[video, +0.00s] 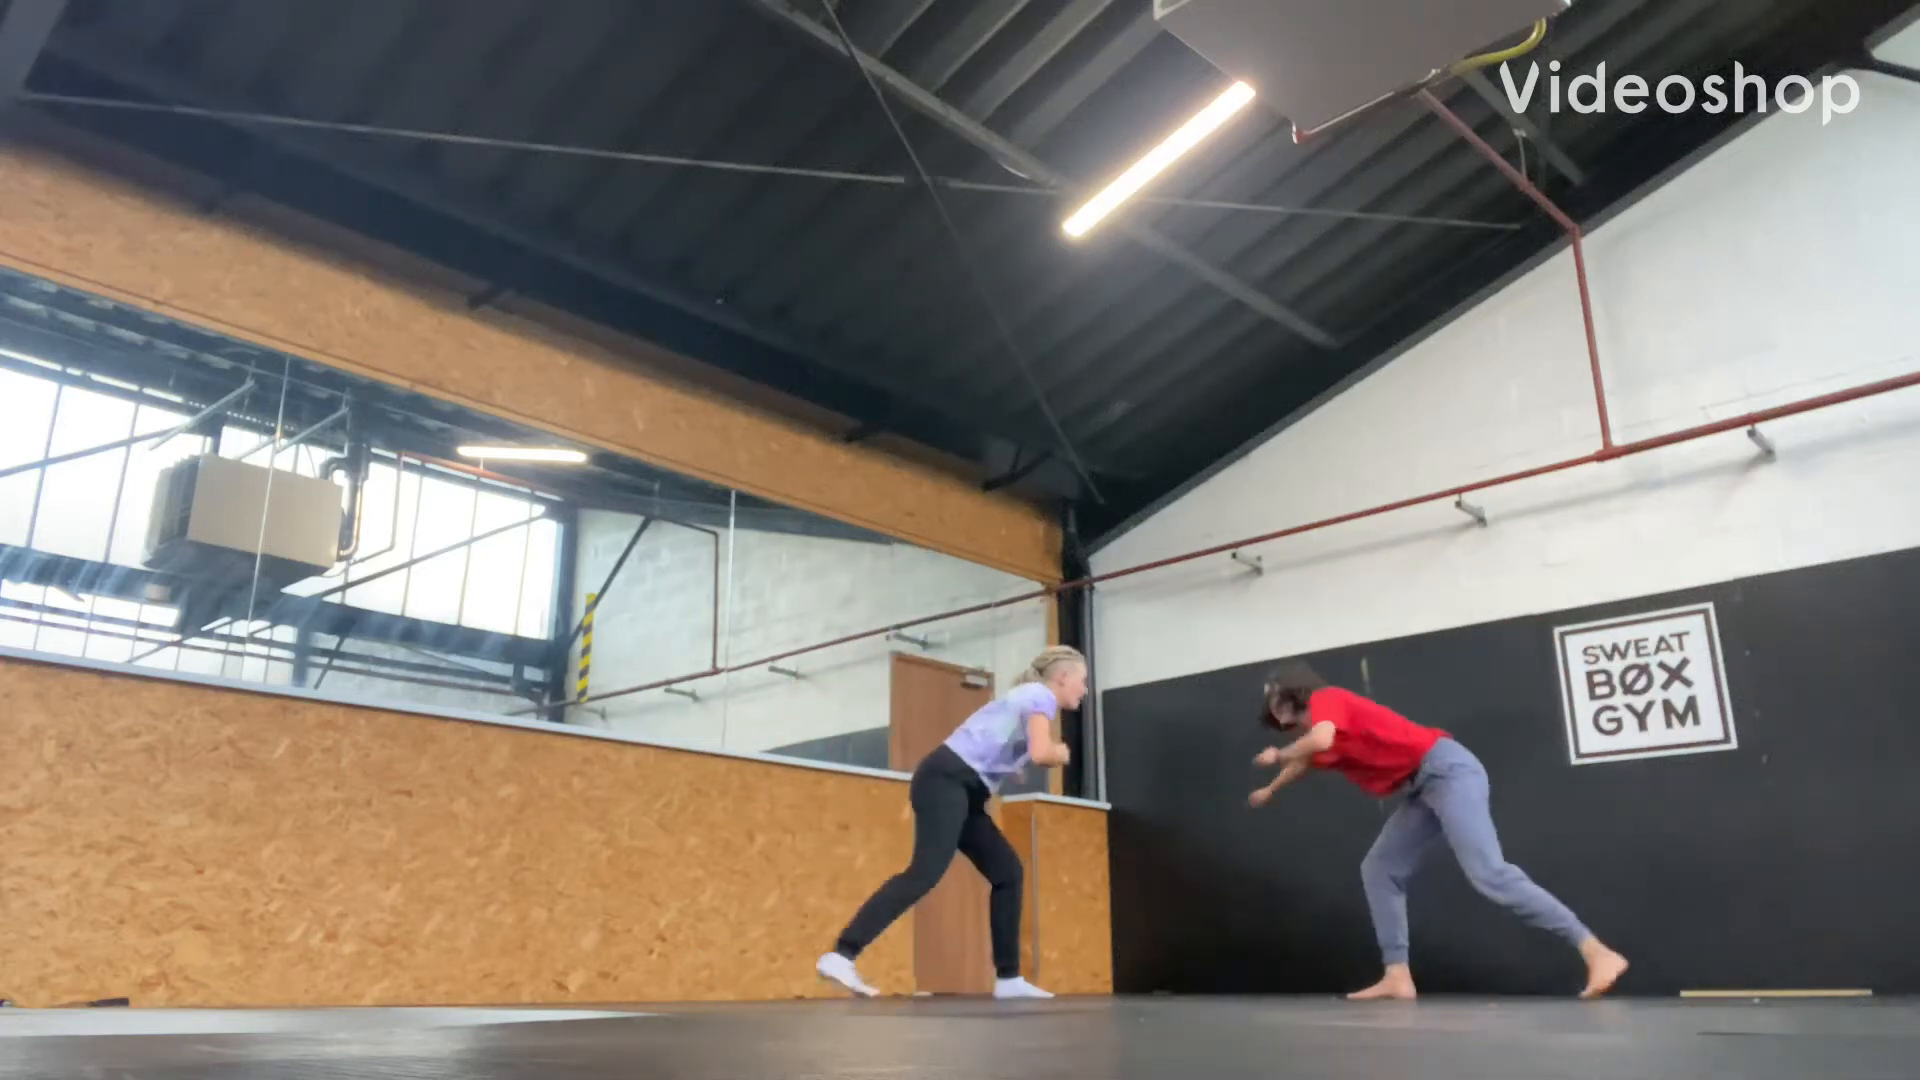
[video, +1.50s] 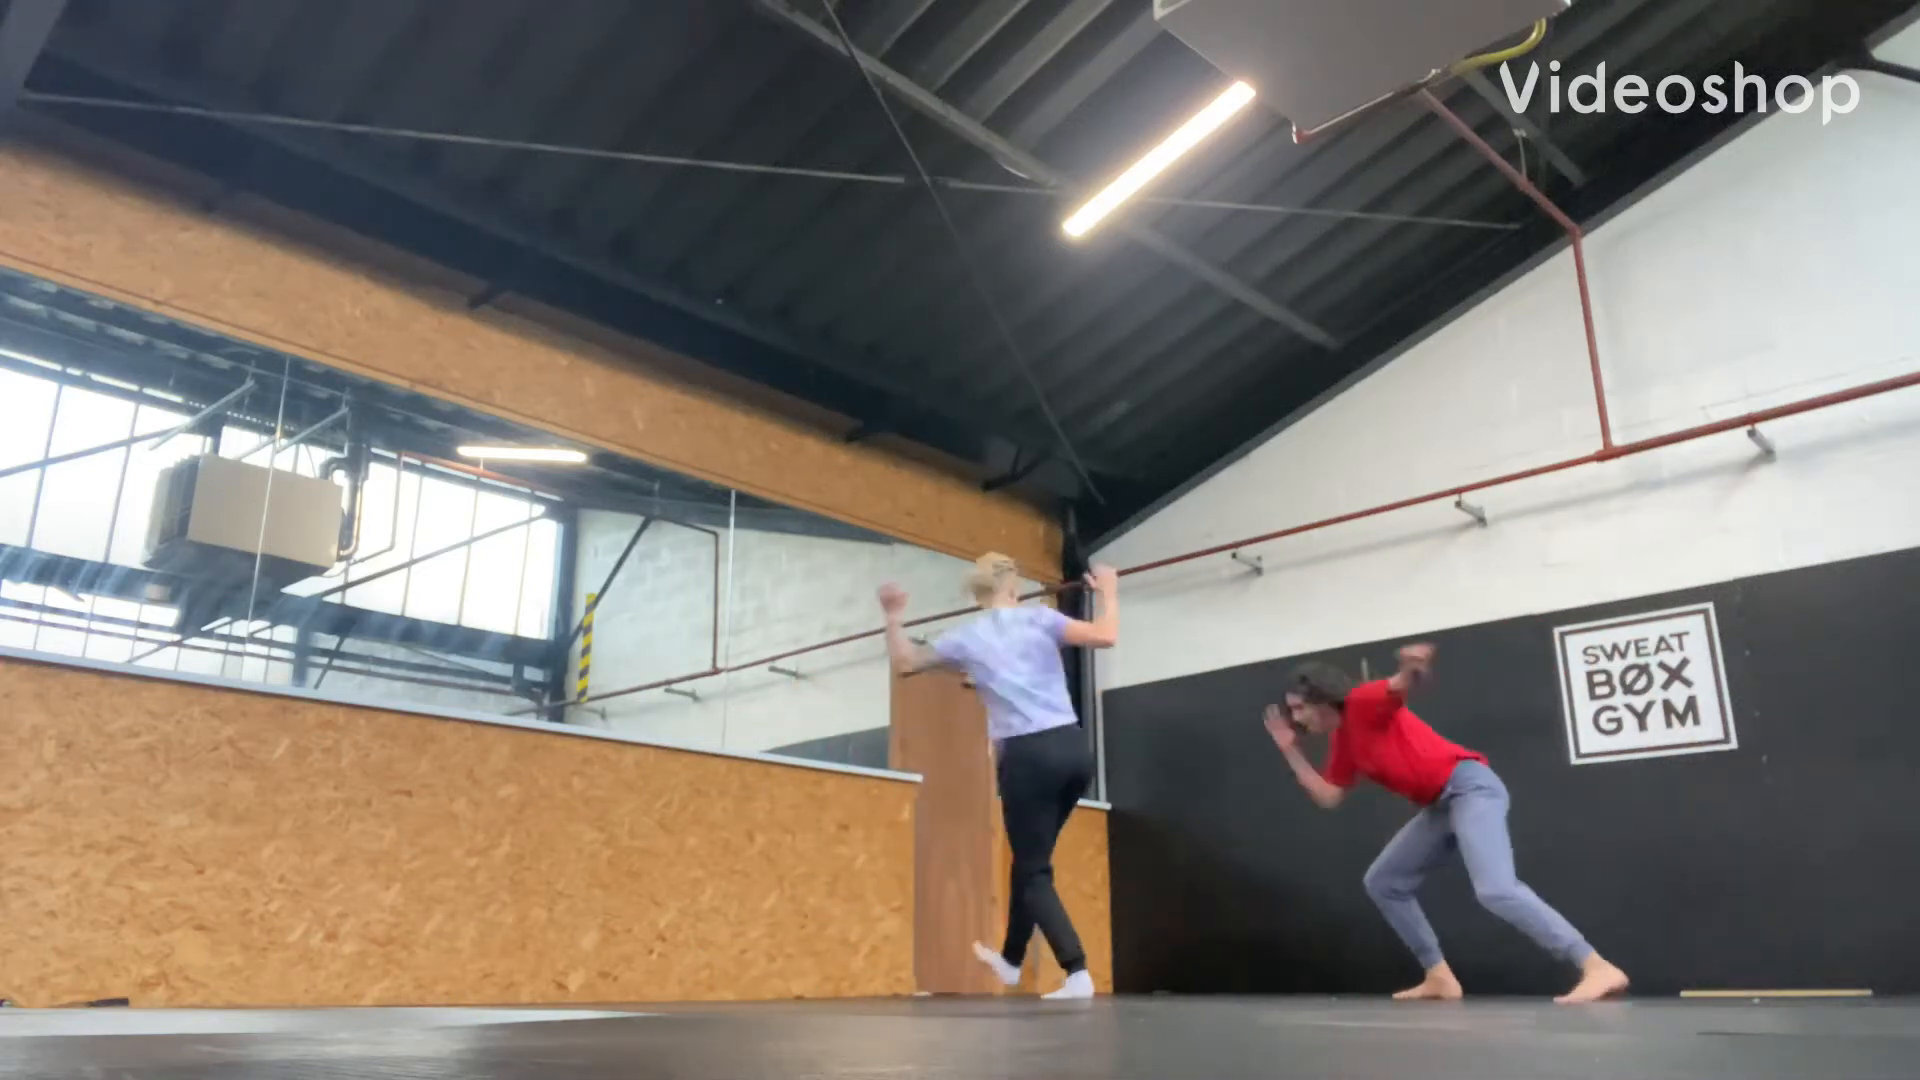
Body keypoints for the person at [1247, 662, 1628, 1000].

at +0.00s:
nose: (1283, 725)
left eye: (1281, 715)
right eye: (1278, 719)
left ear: (1295, 701)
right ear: (1292, 709)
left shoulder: (1328, 697)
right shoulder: (1319, 734)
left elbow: (1322, 740)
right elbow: (1300, 762)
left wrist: (1283, 754)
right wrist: (1269, 790)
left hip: (1446, 769)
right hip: (1419, 794)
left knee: (1488, 872)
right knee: (1379, 870)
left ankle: (1596, 953)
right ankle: (1397, 978)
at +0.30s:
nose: (1329, 665)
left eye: (1332, 657)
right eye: (1329, 659)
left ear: (1346, 651)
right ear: (1360, 648)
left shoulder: (1374, 661)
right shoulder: (1383, 675)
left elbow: (1314, 702)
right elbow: (1453, 708)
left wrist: (1322, 680)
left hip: (1482, 762)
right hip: (1445, 782)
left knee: (1539, 864)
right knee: (1421, 871)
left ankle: (1617, 941)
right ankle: (1405, 975)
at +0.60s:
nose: (1401, 668)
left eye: (1405, 659)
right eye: (1400, 661)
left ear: (1428, 660)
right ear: (1423, 665)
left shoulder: (1473, 684)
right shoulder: (1445, 707)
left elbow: (1501, 744)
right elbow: (1482, 751)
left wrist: (1445, 744)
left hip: (1527, 802)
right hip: (1490, 814)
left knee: (1549, 913)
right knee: (1440, 883)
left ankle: (1632, 969)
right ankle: (1408, 974)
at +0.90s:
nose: (1356, 670)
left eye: (1359, 659)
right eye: (1353, 664)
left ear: (1382, 650)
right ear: (1388, 655)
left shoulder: (1393, 665)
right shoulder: (1415, 680)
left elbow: (1367, 728)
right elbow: (1450, 757)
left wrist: (1376, 689)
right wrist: (1396, 779)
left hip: (1498, 761)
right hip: (1472, 779)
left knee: (1532, 877)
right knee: (1441, 869)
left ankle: (1620, 944)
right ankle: (1451, 975)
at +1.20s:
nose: (1330, 716)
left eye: (1326, 705)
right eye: (1324, 711)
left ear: (1339, 688)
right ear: (1347, 692)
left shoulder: (1369, 694)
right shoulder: (1384, 724)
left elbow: (1345, 742)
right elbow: (1432, 788)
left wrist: (1321, 747)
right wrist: (1387, 821)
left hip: (1491, 769)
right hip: (1461, 795)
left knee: (1510, 865)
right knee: (1419, 870)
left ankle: (1594, 957)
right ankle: (1449, 978)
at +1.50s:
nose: (1297, 720)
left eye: (1297, 710)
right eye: (1293, 714)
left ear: (1316, 700)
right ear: (1312, 710)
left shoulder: (1360, 702)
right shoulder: (1343, 745)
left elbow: (1399, 687)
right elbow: (1328, 796)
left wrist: (1412, 668)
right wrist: (1289, 751)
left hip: (1469, 785)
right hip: (1439, 809)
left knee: (1496, 889)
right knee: (1383, 881)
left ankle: (1598, 969)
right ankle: (1439, 978)